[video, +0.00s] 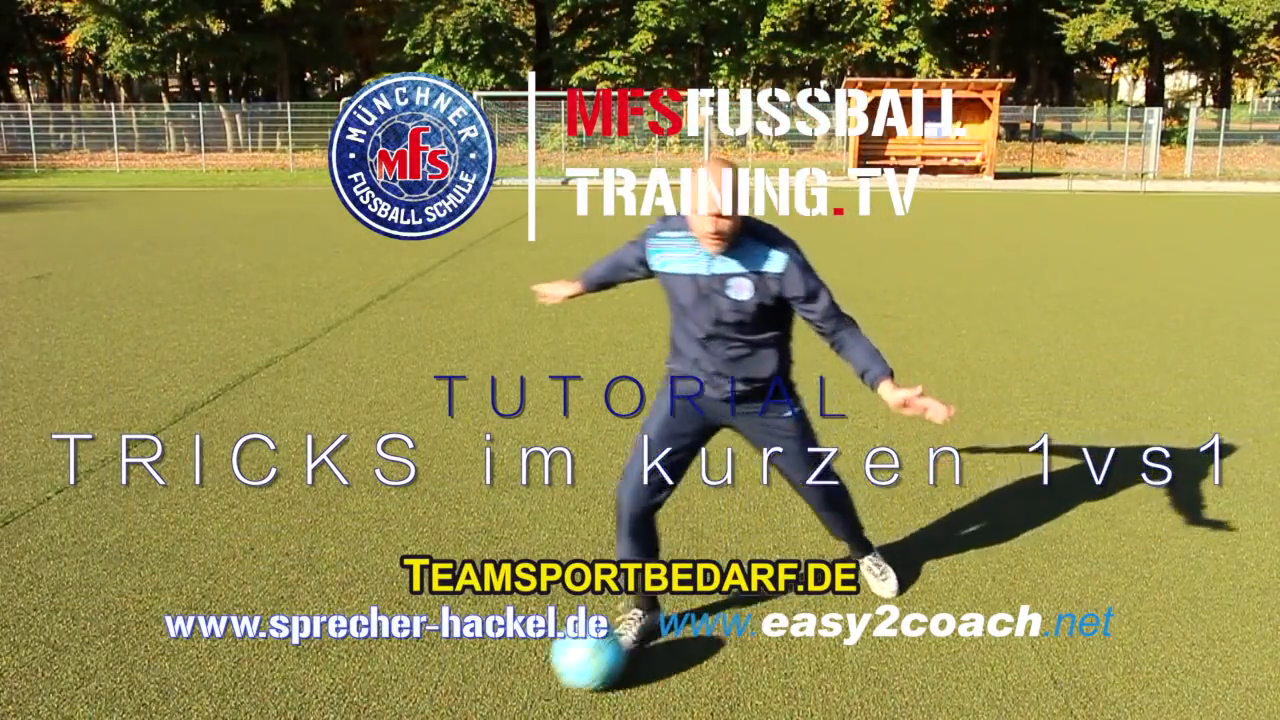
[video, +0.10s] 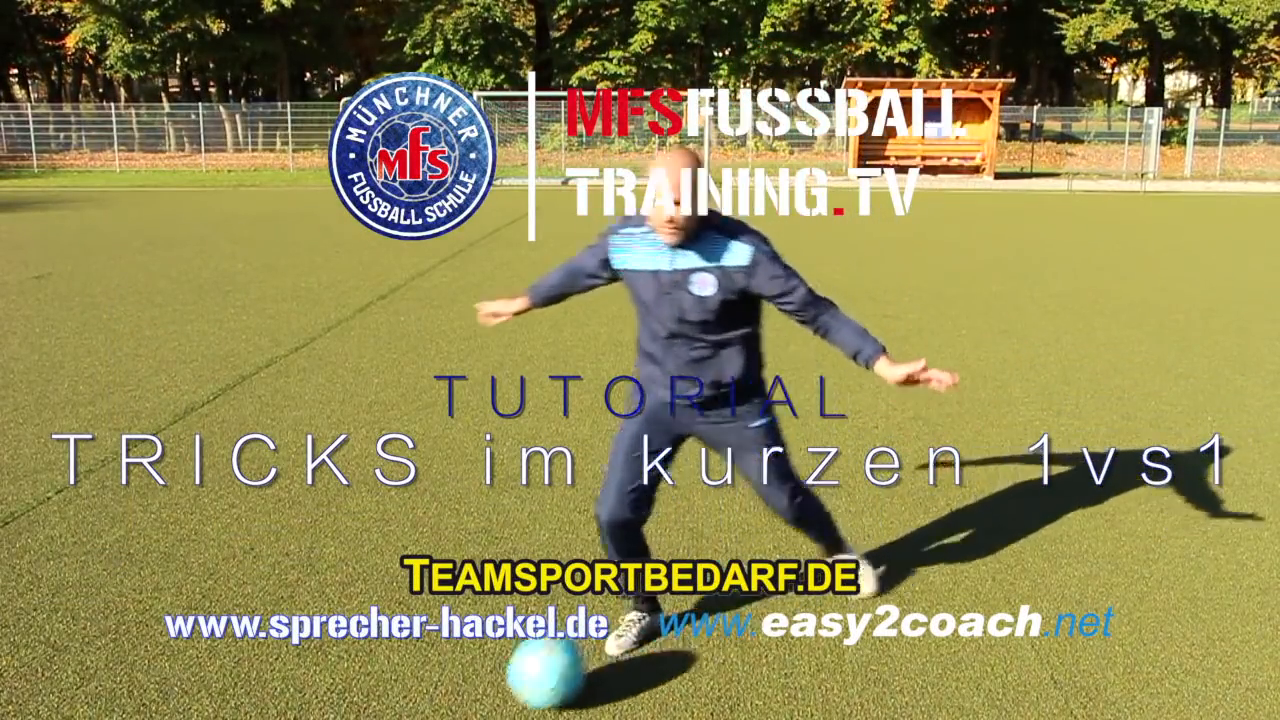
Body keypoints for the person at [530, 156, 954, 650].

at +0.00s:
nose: (716, 226)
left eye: (726, 216)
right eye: (706, 216)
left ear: (742, 208)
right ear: (688, 207)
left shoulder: (776, 254)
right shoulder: (662, 240)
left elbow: (833, 323)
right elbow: (621, 264)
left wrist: (886, 385)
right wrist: (577, 284)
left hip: (764, 395)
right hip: (688, 391)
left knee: (821, 488)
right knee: (632, 501)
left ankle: (865, 554)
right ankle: (644, 611)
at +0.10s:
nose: (673, 211)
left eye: (683, 200)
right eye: (664, 199)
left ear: (702, 198)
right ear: (648, 196)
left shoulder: (742, 249)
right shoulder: (623, 242)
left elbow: (812, 309)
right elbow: (574, 275)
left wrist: (882, 362)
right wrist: (523, 301)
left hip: (735, 405)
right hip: (658, 402)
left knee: (787, 500)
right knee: (614, 515)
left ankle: (844, 557)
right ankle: (642, 610)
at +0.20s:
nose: (617, 188)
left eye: (629, 175)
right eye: (606, 175)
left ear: (653, 170)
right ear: (589, 171)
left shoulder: (695, 229)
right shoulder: (567, 232)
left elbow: (773, 283)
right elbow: (514, 278)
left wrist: (850, 329)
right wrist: (455, 317)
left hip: (686, 402)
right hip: (609, 404)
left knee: (711, 530)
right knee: (595, 527)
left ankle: (734, 586)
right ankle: (636, 607)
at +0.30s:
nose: (571, 149)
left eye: (583, 138)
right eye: (560, 137)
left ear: (604, 136)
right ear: (544, 137)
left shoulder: (651, 198)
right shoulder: (524, 201)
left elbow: (722, 266)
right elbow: (468, 262)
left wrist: (793, 324)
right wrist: (415, 314)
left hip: (625, 389)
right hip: (550, 390)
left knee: (612, 533)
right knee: (549, 531)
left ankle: (593, 661)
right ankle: (610, 564)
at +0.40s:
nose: (522, 146)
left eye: (537, 133)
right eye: (510, 133)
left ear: (563, 138)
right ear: (492, 137)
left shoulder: (606, 215)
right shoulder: (472, 208)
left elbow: (664, 305)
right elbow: (417, 287)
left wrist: (716, 379)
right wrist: (363, 351)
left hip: (562, 413)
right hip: (485, 409)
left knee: (523, 567)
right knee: (461, 556)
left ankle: (485, 712)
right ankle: (540, 576)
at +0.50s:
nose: (472, 183)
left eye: (487, 168)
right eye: (461, 167)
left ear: (514, 175)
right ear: (444, 171)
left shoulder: (551, 267)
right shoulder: (415, 253)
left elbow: (591, 380)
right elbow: (371, 342)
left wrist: (621, 479)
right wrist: (317, 415)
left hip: (495, 473)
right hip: (411, 460)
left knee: (450, 620)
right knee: (345, 590)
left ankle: (439, 712)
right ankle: (441, 620)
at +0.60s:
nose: (412, 200)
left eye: (428, 185)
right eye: (399, 185)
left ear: (456, 186)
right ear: (378, 185)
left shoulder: (499, 281)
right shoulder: (353, 258)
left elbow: (524, 406)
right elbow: (319, 366)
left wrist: (519, 508)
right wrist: (282, 450)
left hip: (443, 486)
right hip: (353, 469)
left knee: (413, 639)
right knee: (268, 591)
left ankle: (431, 712)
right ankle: (286, 713)